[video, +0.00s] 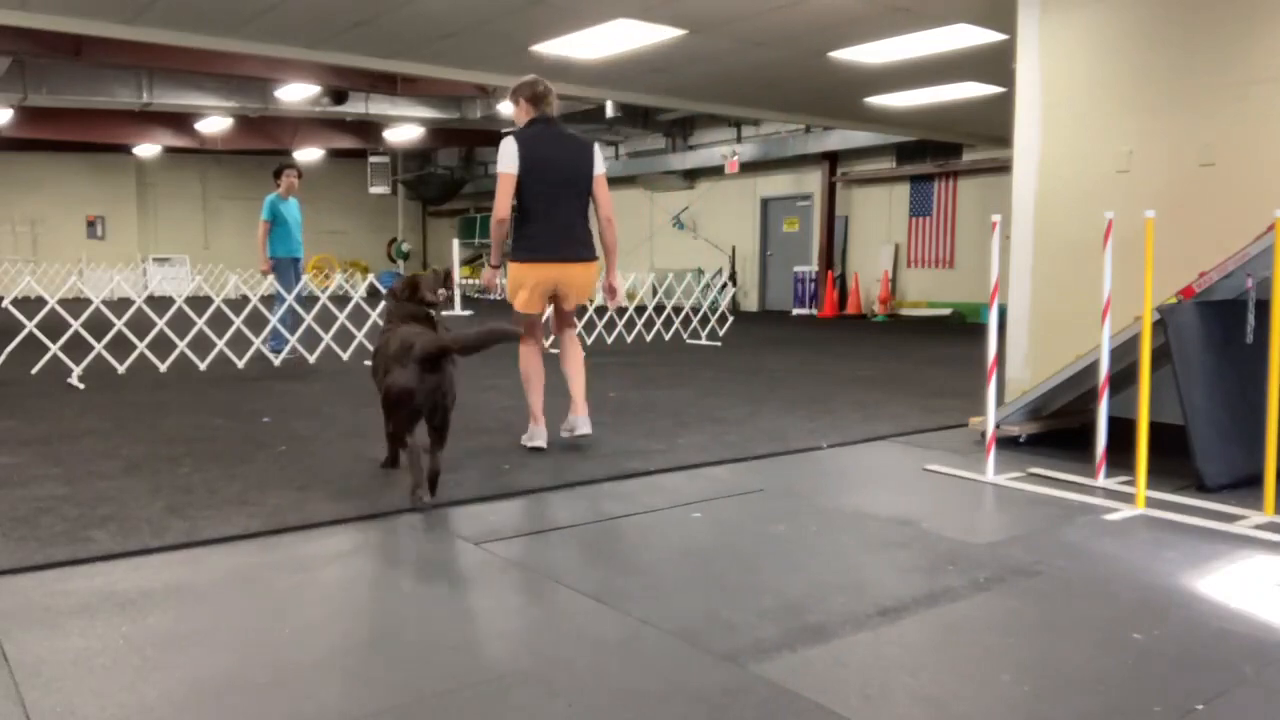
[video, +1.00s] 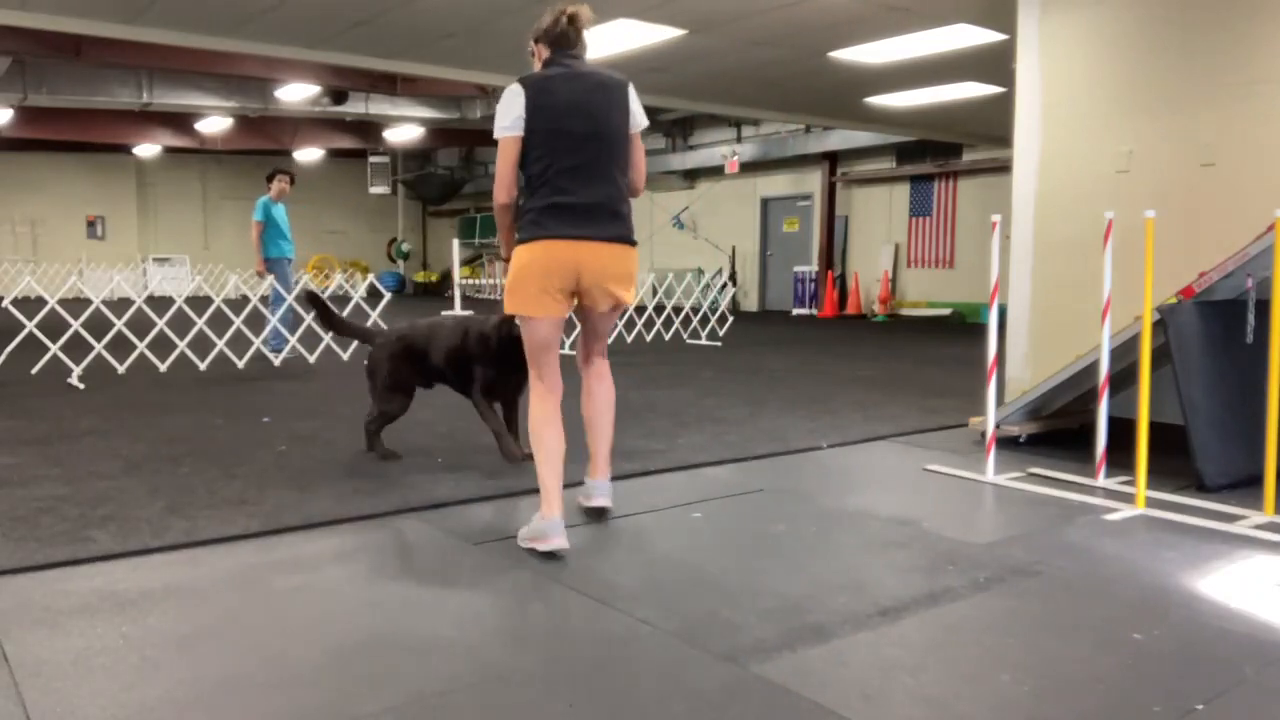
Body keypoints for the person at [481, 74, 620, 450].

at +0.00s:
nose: (513, 114)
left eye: (514, 107)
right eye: (513, 108)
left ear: (525, 106)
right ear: (551, 106)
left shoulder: (514, 143)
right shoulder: (588, 147)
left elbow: (501, 215)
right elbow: (606, 216)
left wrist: (494, 262)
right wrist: (612, 270)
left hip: (531, 263)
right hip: (579, 263)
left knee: (529, 334)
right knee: (568, 326)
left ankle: (537, 424)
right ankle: (580, 413)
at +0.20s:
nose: (507, 126)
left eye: (509, 119)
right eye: (508, 119)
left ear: (522, 120)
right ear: (544, 122)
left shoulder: (517, 157)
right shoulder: (576, 160)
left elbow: (517, 230)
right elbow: (598, 225)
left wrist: (505, 261)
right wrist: (596, 273)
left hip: (540, 274)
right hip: (580, 272)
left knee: (494, 324)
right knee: (543, 337)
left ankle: (515, 412)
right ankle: (569, 419)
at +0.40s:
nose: (498, 113)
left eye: (497, 106)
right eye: (498, 107)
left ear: (506, 104)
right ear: (537, 104)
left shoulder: (504, 141)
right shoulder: (574, 142)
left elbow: (505, 219)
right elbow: (597, 209)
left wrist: (498, 249)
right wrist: (576, 243)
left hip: (523, 266)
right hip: (570, 265)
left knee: (497, 341)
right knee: (556, 339)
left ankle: (509, 436)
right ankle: (565, 416)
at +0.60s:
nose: (501, 91)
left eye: (501, 84)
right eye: (501, 84)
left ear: (511, 80)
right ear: (543, 78)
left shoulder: (508, 117)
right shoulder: (581, 119)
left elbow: (504, 206)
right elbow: (598, 193)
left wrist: (491, 242)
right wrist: (564, 174)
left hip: (525, 254)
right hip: (577, 253)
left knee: (504, 342)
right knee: (545, 338)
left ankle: (507, 442)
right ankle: (571, 421)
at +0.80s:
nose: (514, 87)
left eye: (514, 80)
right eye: (513, 81)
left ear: (523, 75)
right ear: (562, 70)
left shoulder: (516, 113)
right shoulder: (602, 109)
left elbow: (506, 205)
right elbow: (612, 188)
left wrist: (500, 255)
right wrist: (572, 209)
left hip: (541, 255)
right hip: (599, 256)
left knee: (499, 342)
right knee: (560, 356)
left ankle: (521, 444)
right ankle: (575, 473)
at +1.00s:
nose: (531, 59)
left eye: (530, 53)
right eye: (533, 54)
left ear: (540, 51)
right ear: (584, 49)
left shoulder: (520, 94)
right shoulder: (621, 90)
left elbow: (504, 194)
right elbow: (637, 181)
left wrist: (507, 245)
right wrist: (601, 192)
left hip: (542, 250)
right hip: (611, 250)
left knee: (544, 382)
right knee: (595, 360)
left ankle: (550, 518)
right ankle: (599, 482)